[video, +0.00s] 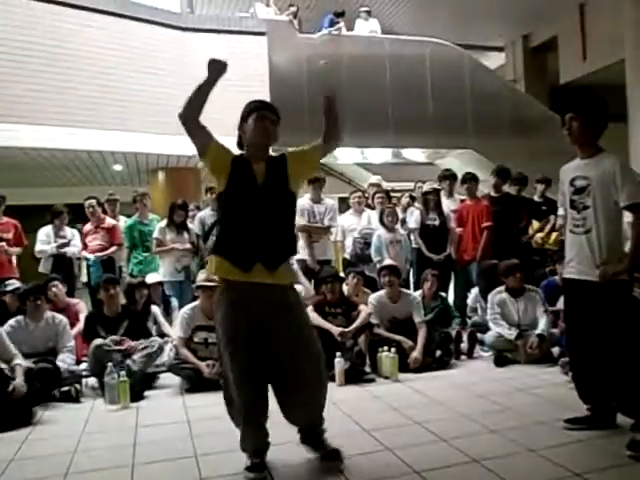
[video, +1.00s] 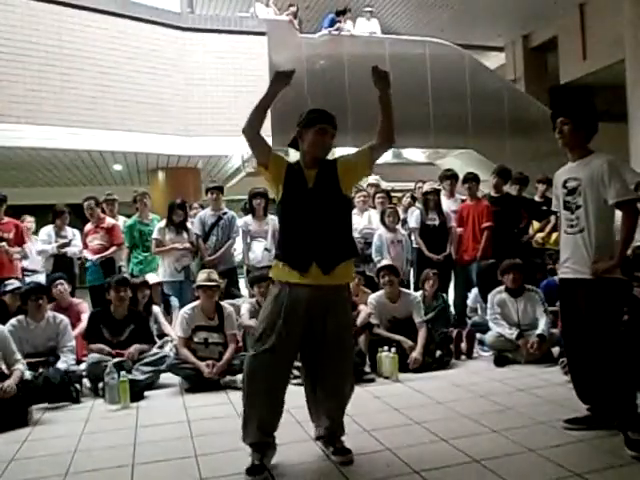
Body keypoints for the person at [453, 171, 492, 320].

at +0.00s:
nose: (466, 188)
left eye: (470, 184)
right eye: (464, 184)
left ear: (476, 185)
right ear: (462, 186)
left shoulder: (483, 206)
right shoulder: (461, 207)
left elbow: (486, 230)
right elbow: (458, 230)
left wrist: (479, 254)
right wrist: (454, 250)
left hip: (476, 255)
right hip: (462, 255)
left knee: (477, 291)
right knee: (459, 292)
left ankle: (479, 318)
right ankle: (459, 317)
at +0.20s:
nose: (467, 188)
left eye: (470, 184)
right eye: (465, 184)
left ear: (476, 185)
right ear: (462, 186)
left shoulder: (484, 206)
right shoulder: (462, 207)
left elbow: (486, 229)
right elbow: (458, 229)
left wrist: (479, 254)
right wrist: (455, 250)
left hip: (476, 255)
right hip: (462, 255)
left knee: (477, 291)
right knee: (460, 292)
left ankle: (479, 318)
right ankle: (460, 317)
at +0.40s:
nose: (468, 188)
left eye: (471, 184)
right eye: (466, 185)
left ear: (477, 186)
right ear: (463, 187)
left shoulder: (484, 206)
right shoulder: (462, 207)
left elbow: (487, 230)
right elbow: (457, 229)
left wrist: (480, 254)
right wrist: (454, 250)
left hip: (476, 255)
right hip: (462, 255)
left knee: (477, 291)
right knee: (460, 293)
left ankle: (479, 320)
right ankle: (460, 320)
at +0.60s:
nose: (468, 187)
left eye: (470, 184)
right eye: (465, 184)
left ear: (477, 185)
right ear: (463, 186)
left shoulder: (484, 205)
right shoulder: (462, 207)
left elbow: (487, 230)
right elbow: (457, 229)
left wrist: (479, 253)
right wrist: (454, 249)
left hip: (477, 256)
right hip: (461, 256)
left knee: (479, 293)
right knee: (459, 295)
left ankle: (483, 324)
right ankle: (460, 325)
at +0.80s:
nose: (469, 187)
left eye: (471, 184)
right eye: (466, 185)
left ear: (478, 185)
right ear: (464, 187)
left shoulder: (484, 205)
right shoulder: (462, 208)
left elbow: (487, 229)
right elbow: (458, 229)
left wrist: (480, 252)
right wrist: (455, 249)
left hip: (478, 256)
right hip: (462, 256)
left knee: (479, 292)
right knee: (460, 294)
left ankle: (483, 323)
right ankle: (460, 323)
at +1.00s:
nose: (469, 187)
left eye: (472, 184)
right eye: (466, 184)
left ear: (477, 185)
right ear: (463, 186)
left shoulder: (484, 206)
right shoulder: (462, 208)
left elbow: (487, 230)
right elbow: (457, 230)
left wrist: (480, 253)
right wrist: (454, 250)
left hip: (477, 255)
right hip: (462, 255)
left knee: (477, 290)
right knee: (460, 292)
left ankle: (479, 319)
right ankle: (460, 320)